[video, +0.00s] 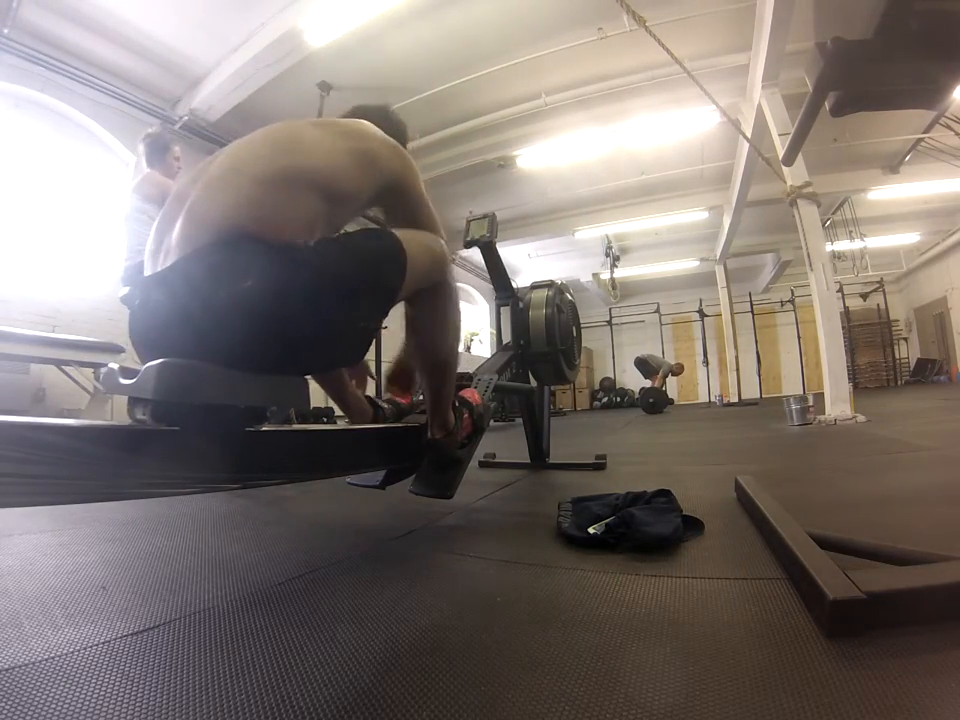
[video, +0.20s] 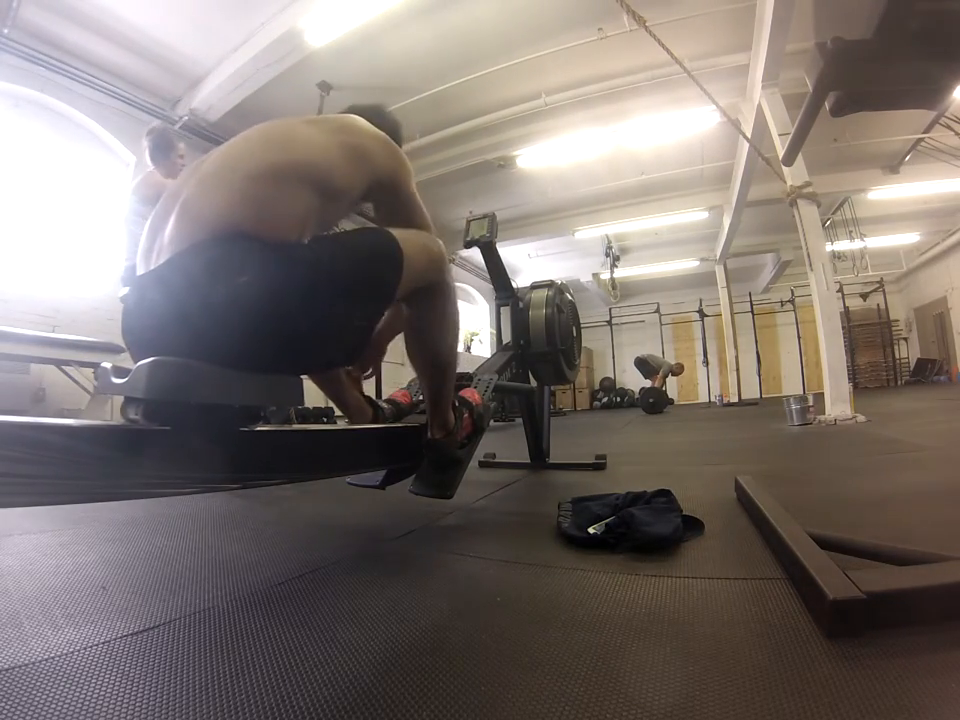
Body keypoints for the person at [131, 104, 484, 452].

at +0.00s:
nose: (397, 179)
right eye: (401, 166)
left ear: (343, 120)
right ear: (392, 144)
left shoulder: (277, 145)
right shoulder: (390, 153)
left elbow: (293, 259)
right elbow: (432, 266)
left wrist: (345, 354)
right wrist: (406, 365)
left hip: (155, 326)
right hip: (251, 307)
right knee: (433, 262)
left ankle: (362, 416)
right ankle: (443, 427)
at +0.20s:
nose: (394, 176)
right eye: (394, 161)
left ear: (346, 117)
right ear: (387, 140)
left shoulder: (279, 142)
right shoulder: (382, 151)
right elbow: (424, 268)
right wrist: (381, 340)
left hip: (145, 320)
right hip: (238, 301)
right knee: (430, 263)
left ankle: (364, 415)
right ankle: (443, 425)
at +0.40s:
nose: (387, 166)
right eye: (388, 155)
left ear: (332, 115)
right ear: (383, 140)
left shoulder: (272, 139)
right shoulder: (380, 158)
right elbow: (391, 288)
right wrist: (377, 361)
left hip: (145, 324)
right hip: (233, 303)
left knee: (300, 293)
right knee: (429, 258)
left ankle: (362, 414)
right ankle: (444, 425)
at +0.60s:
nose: (396, 158)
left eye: (400, 150)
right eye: (399, 149)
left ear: (339, 114)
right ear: (388, 135)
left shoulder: (274, 135)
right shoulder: (377, 161)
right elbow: (382, 287)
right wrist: (378, 366)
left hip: (139, 320)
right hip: (226, 299)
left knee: (300, 299)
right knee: (423, 258)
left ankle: (364, 418)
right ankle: (444, 427)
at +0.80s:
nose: (395, 156)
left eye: (399, 149)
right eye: (398, 147)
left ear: (335, 110)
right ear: (389, 135)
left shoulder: (268, 133)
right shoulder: (374, 153)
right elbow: (382, 283)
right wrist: (377, 366)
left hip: (134, 320)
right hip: (226, 299)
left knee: (297, 305)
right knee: (420, 260)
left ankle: (369, 423)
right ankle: (443, 428)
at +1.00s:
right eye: (371, 105)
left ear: (307, 77)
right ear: (364, 96)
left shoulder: (239, 115)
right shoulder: (356, 125)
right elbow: (382, 257)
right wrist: (397, 335)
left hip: (126, 312)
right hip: (220, 298)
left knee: (288, 294)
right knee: (415, 263)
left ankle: (364, 418)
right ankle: (443, 426)